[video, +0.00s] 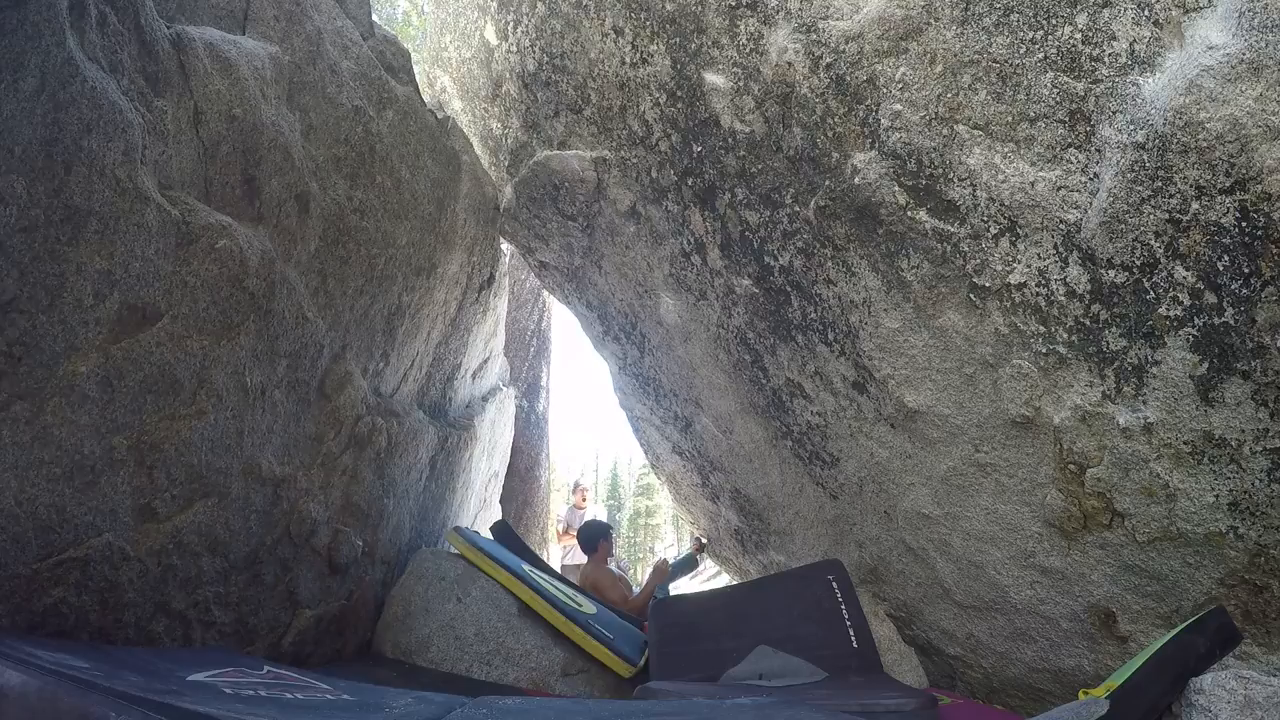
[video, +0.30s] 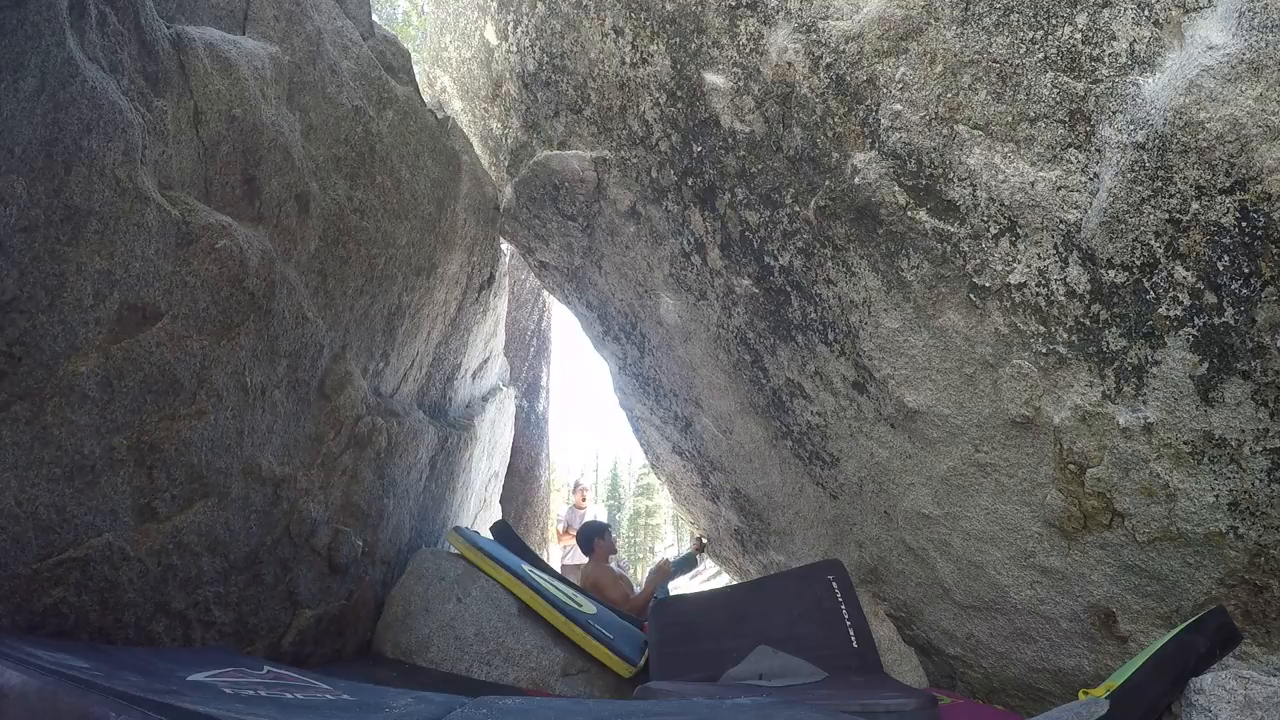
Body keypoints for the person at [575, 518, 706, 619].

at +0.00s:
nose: (613, 542)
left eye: (611, 537)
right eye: (610, 538)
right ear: (601, 543)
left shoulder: (590, 570)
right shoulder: (600, 574)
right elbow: (631, 610)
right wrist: (654, 580)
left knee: (660, 574)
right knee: (664, 574)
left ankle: (694, 554)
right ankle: (695, 554)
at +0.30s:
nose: (614, 540)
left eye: (612, 536)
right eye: (610, 537)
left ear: (598, 544)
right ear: (598, 543)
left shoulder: (590, 570)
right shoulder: (602, 573)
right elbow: (631, 610)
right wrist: (653, 582)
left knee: (657, 573)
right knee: (660, 573)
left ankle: (693, 554)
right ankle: (695, 553)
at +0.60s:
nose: (624, 537)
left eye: (621, 533)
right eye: (619, 534)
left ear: (605, 544)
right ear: (606, 542)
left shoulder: (593, 569)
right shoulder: (619, 569)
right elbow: (663, 581)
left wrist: (691, 551)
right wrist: (691, 546)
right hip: (652, 625)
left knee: (654, 573)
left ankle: (694, 557)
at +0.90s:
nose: (638, 529)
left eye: (636, 526)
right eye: (636, 527)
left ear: (610, 538)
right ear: (633, 533)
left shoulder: (609, 564)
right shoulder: (646, 559)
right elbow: (693, 566)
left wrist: (686, 557)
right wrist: (715, 530)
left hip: (627, 623)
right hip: (651, 625)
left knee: (662, 574)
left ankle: (689, 553)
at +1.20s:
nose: (652, 524)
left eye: (651, 521)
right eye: (651, 522)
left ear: (627, 533)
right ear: (649, 528)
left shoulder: (624, 556)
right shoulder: (660, 556)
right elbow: (704, 571)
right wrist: (721, 533)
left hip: (633, 620)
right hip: (655, 623)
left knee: (670, 574)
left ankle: (693, 551)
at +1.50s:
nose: (662, 525)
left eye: (661, 522)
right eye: (660, 523)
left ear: (636, 532)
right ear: (658, 529)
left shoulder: (631, 553)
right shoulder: (665, 555)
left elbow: (660, 532)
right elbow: (708, 572)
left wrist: (669, 507)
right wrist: (721, 533)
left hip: (636, 622)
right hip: (656, 624)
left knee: (671, 574)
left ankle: (693, 551)